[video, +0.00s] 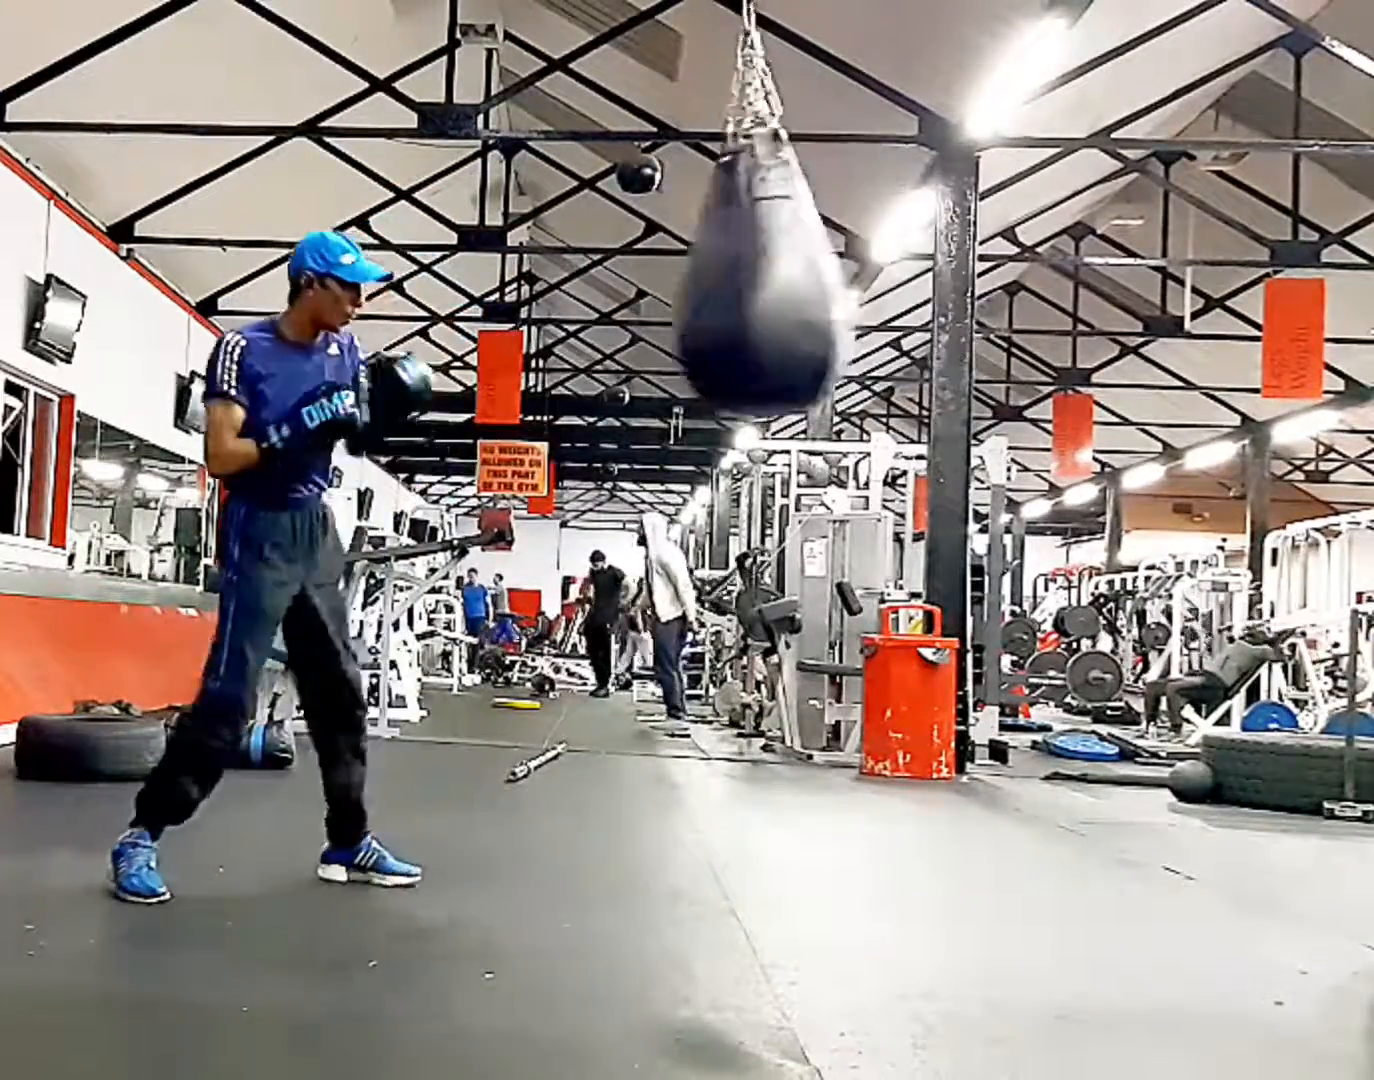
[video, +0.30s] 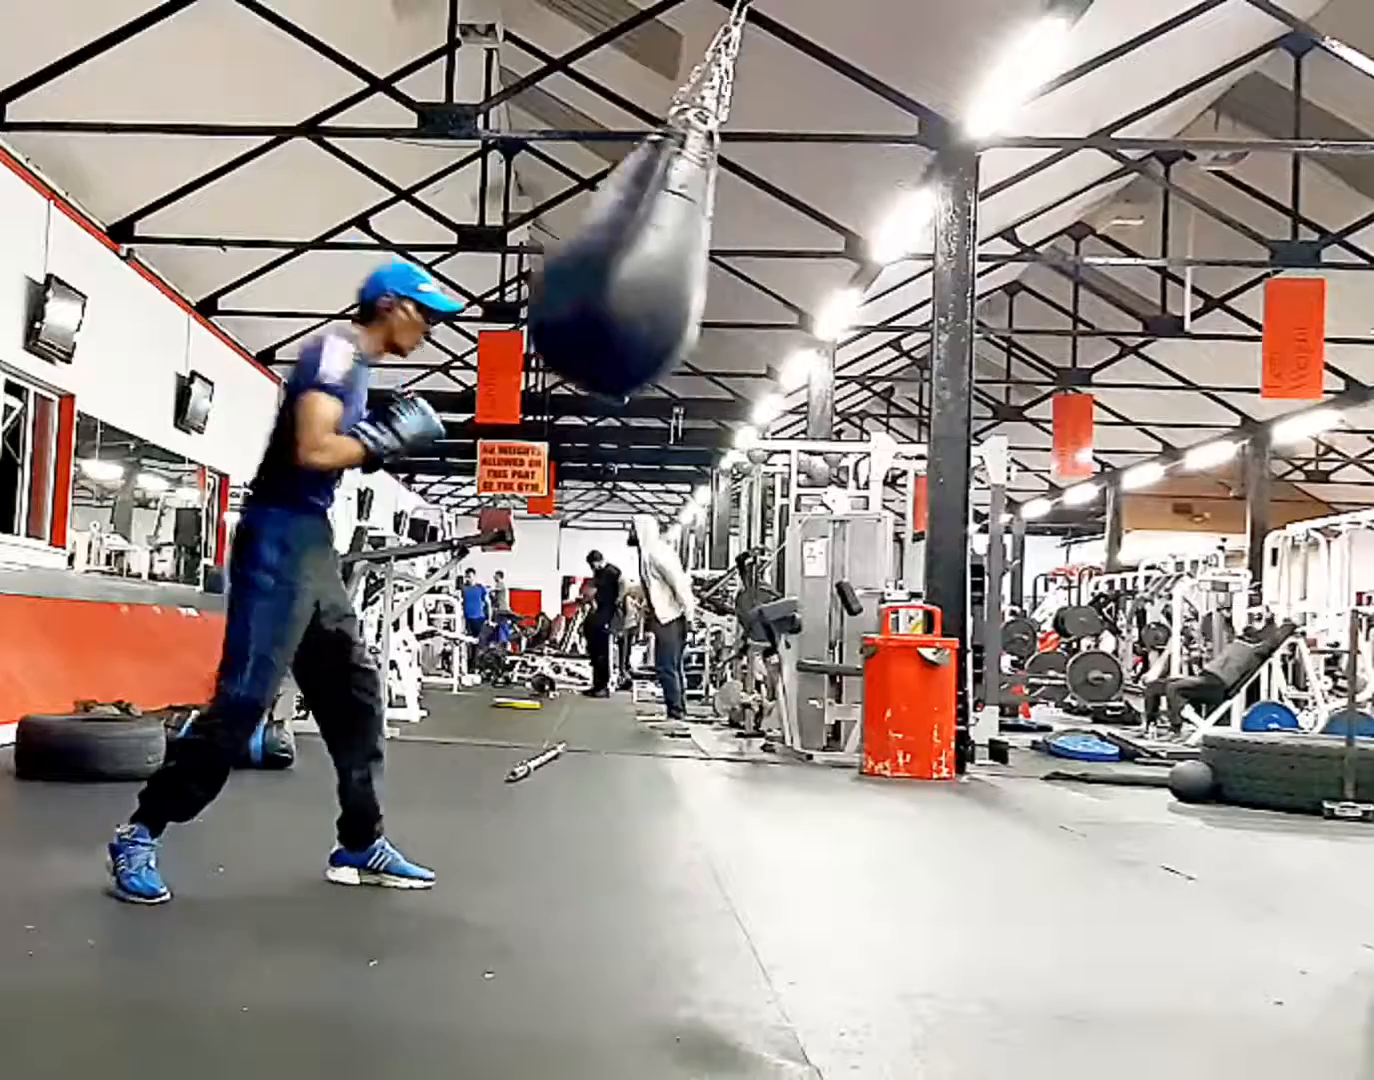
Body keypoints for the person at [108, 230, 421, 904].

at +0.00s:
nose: (357, 305)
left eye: (361, 294)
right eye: (348, 292)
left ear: (335, 294)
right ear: (310, 286)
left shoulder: (345, 358)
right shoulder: (241, 351)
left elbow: (360, 441)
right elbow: (220, 458)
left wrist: (388, 412)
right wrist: (299, 429)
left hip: (317, 535)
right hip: (257, 538)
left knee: (338, 692)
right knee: (232, 700)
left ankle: (349, 843)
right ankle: (139, 839)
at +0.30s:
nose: (426, 330)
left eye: (428, 319)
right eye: (422, 316)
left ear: (391, 311)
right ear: (391, 308)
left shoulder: (358, 365)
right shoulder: (335, 347)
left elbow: (328, 448)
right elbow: (312, 450)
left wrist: (386, 435)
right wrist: (382, 439)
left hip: (311, 542)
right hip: (279, 539)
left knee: (354, 696)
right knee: (243, 706)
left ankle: (361, 843)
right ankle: (138, 836)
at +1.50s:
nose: (454, 311)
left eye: (456, 300)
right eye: (449, 297)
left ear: (419, 292)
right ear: (414, 288)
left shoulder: (394, 366)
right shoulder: (344, 342)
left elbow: (400, 447)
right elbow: (321, 454)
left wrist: (446, 405)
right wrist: (405, 458)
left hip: (365, 533)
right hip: (323, 528)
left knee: (405, 689)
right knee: (296, 703)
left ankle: (424, 849)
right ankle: (198, 844)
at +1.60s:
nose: (475, 321)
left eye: (478, 311)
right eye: (468, 306)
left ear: (446, 306)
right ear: (433, 296)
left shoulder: (433, 387)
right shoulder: (369, 344)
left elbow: (464, 459)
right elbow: (332, 439)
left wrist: (529, 420)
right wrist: (407, 443)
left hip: (387, 544)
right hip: (344, 533)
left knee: (430, 690)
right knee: (309, 706)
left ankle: (425, 850)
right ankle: (202, 838)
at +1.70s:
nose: (504, 326)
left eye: (507, 317)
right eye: (497, 312)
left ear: (470, 311)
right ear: (461, 305)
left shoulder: (444, 370)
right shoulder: (423, 346)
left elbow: (432, 477)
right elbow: (397, 388)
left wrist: (499, 454)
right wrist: (472, 373)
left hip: (398, 531)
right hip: (379, 526)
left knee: (425, 688)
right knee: (332, 694)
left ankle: (425, 848)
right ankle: (207, 832)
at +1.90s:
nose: (522, 318)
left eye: (523, 308)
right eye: (515, 304)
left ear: (483, 304)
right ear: (484, 299)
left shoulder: (464, 354)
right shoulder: (455, 336)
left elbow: (471, 440)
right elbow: (538, 377)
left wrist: (525, 394)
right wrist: (599, 368)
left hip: (436, 533)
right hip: (406, 526)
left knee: (458, 695)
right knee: (353, 684)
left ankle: (427, 851)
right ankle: (227, 821)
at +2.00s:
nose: (523, 317)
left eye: (524, 307)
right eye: (517, 304)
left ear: (495, 304)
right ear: (486, 297)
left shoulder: (499, 371)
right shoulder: (430, 345)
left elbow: (569, 402)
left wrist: (626, 373)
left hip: (447, 532)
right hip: (410, 522)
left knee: (471, 693)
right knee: (392, 692)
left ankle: (432, 851)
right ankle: (255, 818)